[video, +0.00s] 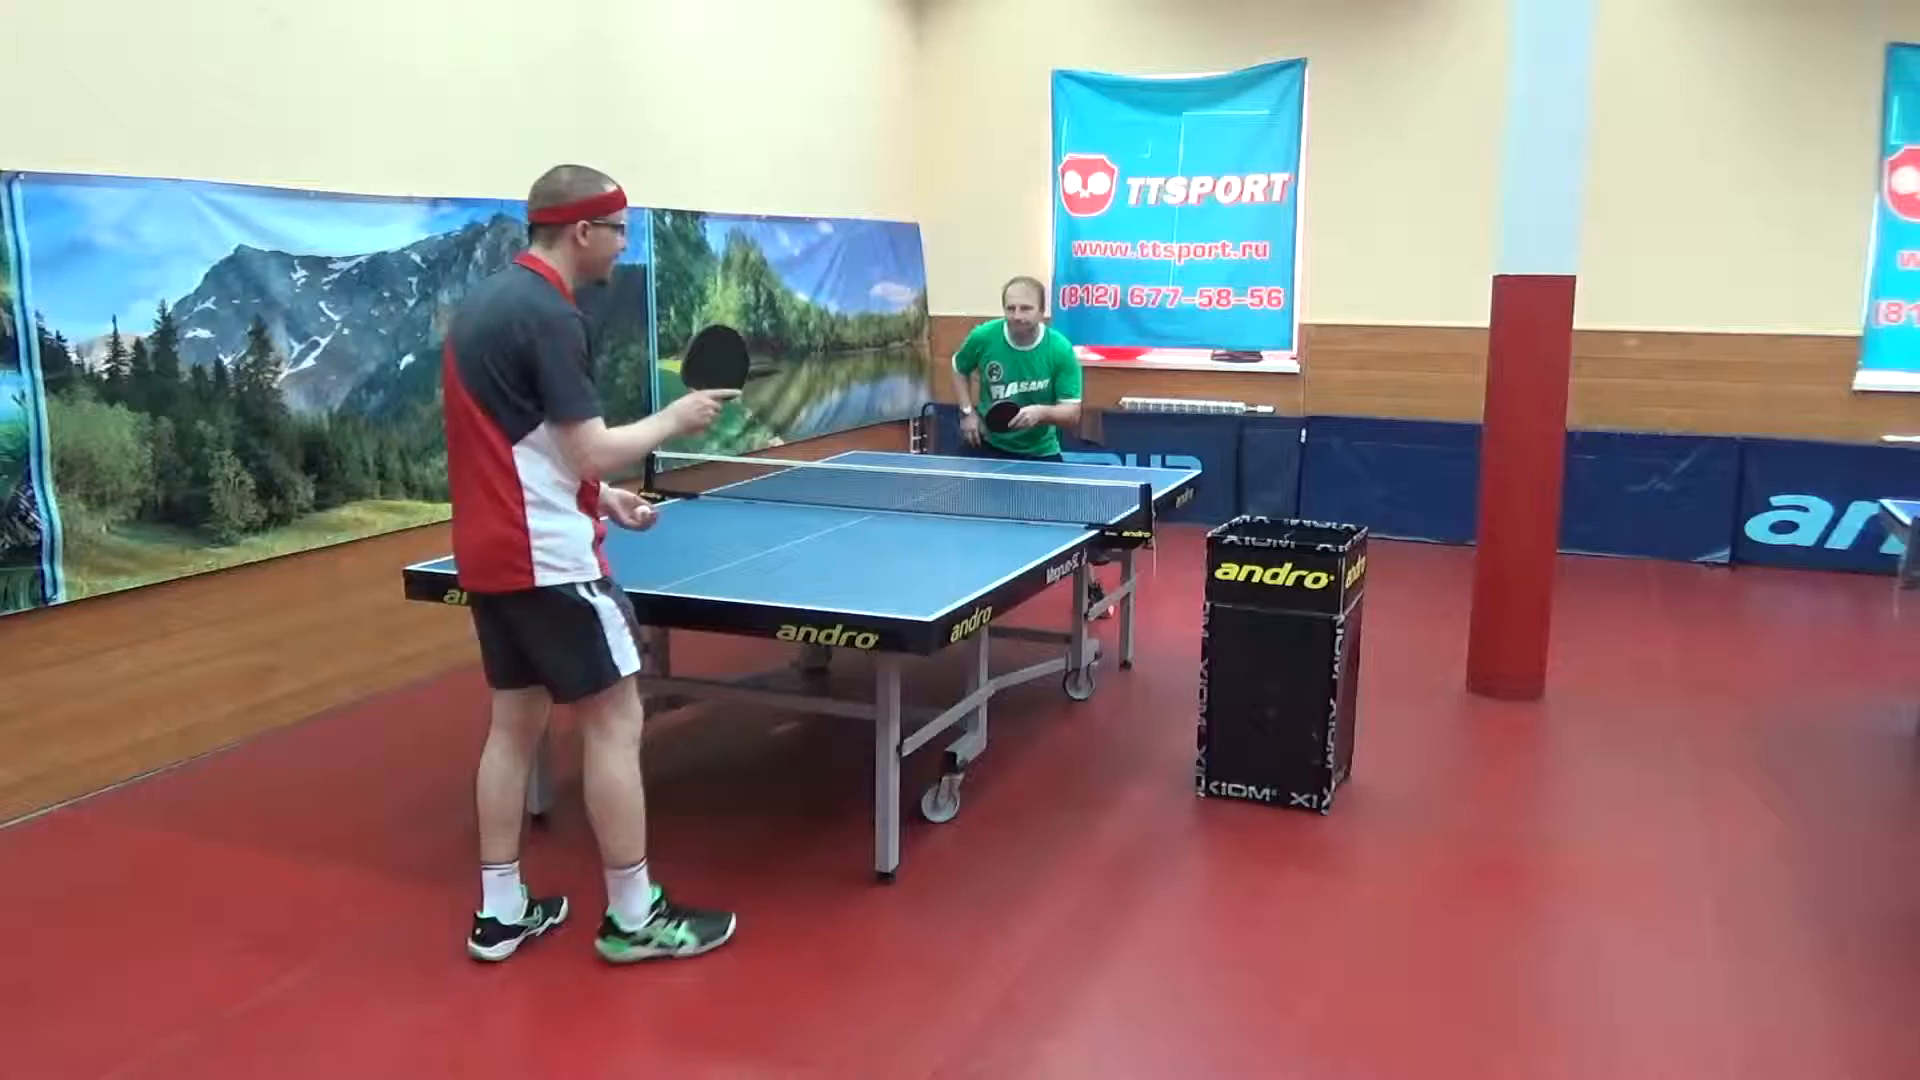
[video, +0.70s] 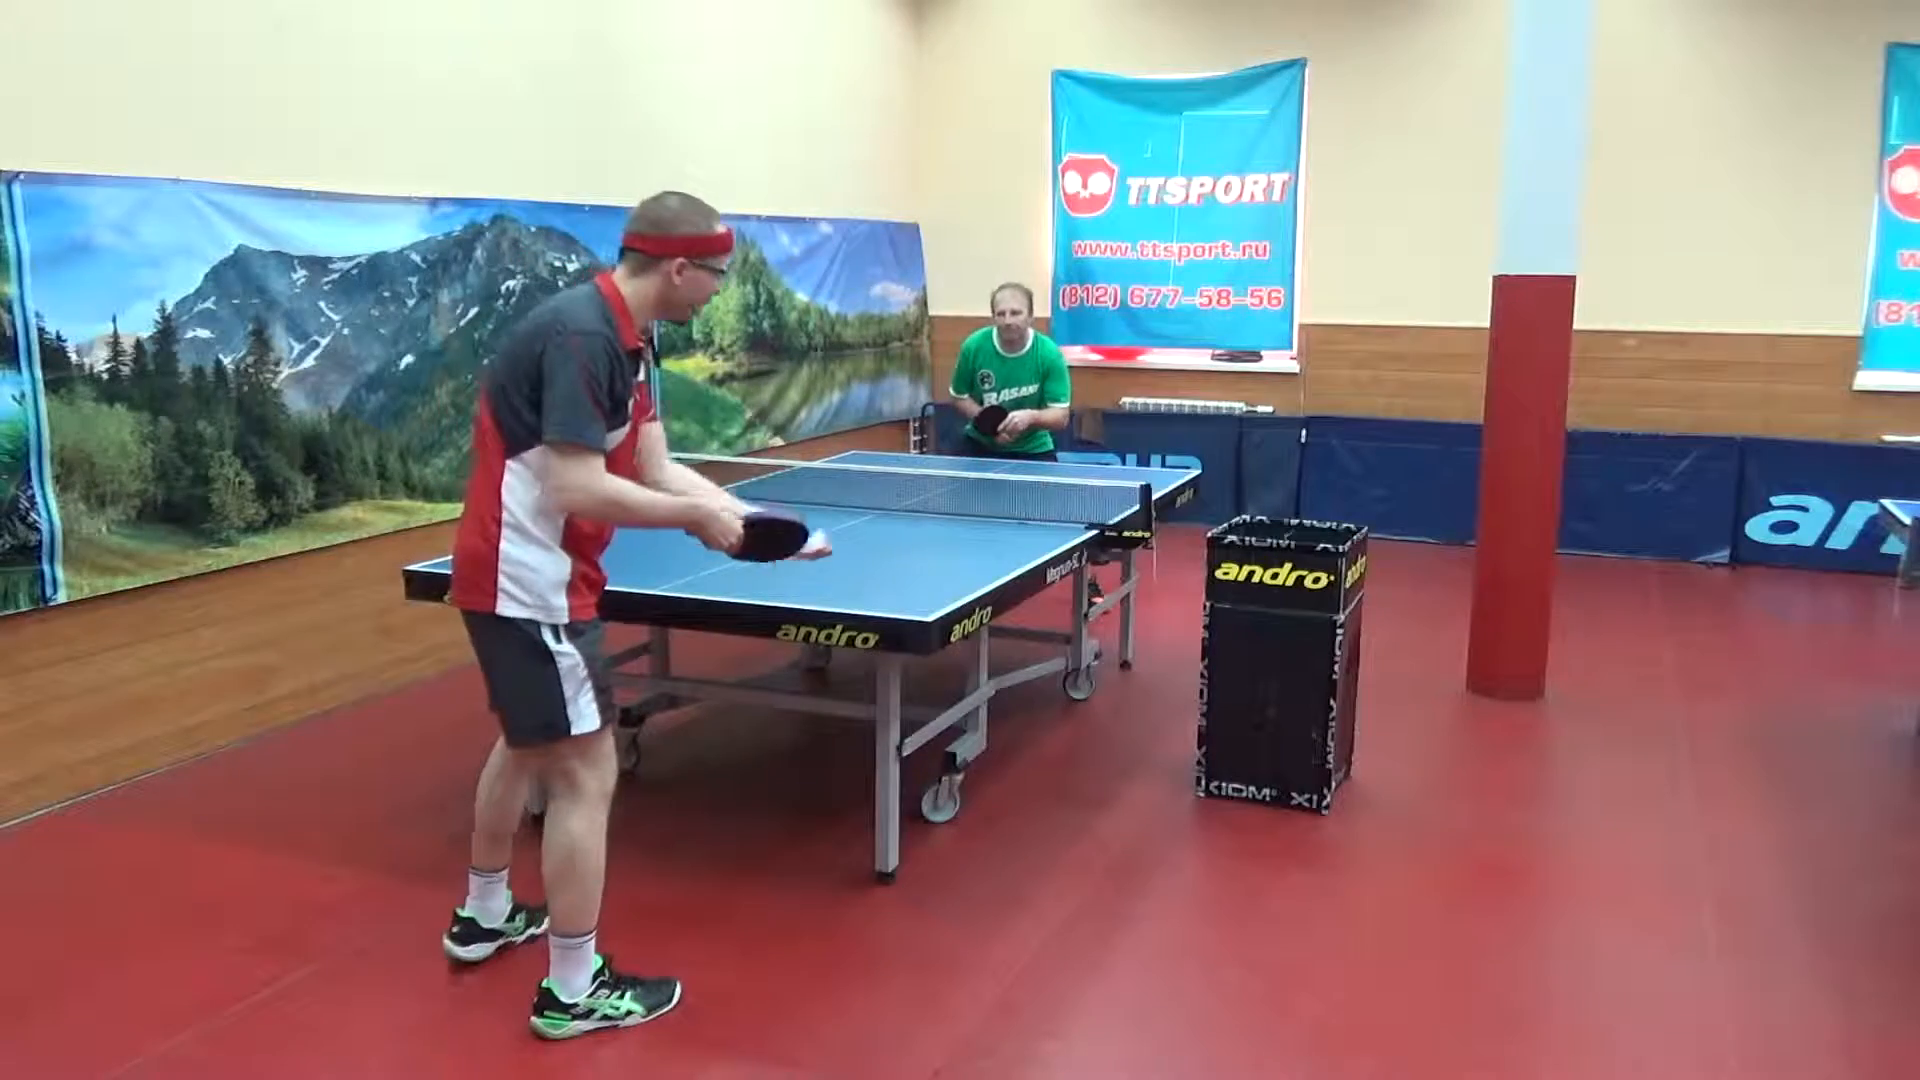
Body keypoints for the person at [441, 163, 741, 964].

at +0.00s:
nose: (624, 245)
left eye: (623, 230)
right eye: (616, 230)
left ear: (555, 231)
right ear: (580, 231)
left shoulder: (487, 304)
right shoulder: (547, 317)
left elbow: (523, 441)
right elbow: (590, 454)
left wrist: (603, 490)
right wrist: (672, 421)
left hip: (493, 561)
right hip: (552, 561)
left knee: (513, 725)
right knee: (616, 717)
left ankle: (500, 911)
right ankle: (635, 914)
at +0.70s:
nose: (718, 287)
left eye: (720, 272)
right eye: (713, 271)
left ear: (666, 264)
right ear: (673, 267)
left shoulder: (628, 337)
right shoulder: (580, 333)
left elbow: (653, 469)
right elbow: (573, 487)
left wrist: (737, 523)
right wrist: (694, 509)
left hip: (544, 577)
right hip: (522, 587)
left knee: (525, 747)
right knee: (588, 769)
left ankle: (482, 914)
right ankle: (572, 988)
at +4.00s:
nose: (586, 331)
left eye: (585, 317)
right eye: (583, 318)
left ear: (493, 306)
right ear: (560, 313)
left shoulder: (405, 379)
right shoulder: (572, 382)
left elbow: (362, 537)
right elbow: (679, 493)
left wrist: (395, 613)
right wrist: (648, 528)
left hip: (408, 655)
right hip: (543, 651)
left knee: (320, 850)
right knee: (638, 783)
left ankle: (236, 1062)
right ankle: (671, 976)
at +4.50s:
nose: (642, 318)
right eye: (643, 307)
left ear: (557, 296)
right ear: (637, 309)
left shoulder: (490, 370)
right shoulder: (661, 396)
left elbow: (432, 524)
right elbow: (644, 508)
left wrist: (378, 623)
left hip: (468, 647)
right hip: (601, 654)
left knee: (354, 832)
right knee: (650, 784)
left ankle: (273, 1062)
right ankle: (672, 976)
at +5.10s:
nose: (449, 305)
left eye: (448, 290)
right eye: (449, 289)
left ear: (349, 280)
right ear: (428, 288)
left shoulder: (245, 365)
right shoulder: (447, 377)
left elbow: (194, 543)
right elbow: (532, 545)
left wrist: (237, 642)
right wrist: (526, 594)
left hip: (261, 685)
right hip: (407, 678)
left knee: (224, 893)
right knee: (525, 859)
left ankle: (183, 1075)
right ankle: (575, 1068)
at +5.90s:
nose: (425, 269)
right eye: (423, 258)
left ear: (323, 257)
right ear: (411, 255)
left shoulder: (275, 353)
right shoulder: (467, 326)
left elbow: (252, 540)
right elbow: (570, 400)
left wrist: (249, 642)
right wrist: (514, 442)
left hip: (349, 627)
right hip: (483, 617)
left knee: (277, 858)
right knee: (517, 792)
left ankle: (240, 1069)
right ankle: (536, 993)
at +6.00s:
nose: (386, 260)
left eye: (380, 250)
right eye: (384, 249)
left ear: (291, 258)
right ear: (375, 250)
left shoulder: (254, 367)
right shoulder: (444, 309)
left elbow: (255, 554)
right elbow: (597, 328)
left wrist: (270, 648)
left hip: (339, 631)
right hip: (477, 616)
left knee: (265, 855)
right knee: (515, 796)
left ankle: (227, 1070)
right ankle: (538, 995)